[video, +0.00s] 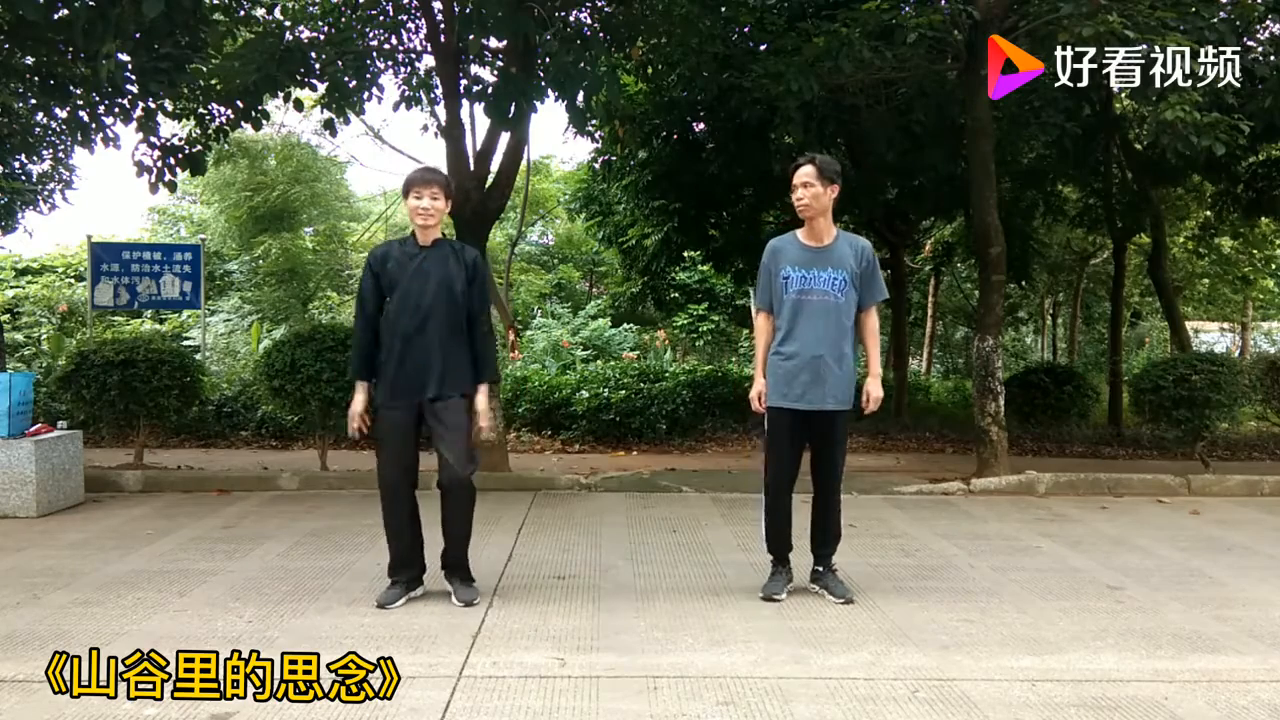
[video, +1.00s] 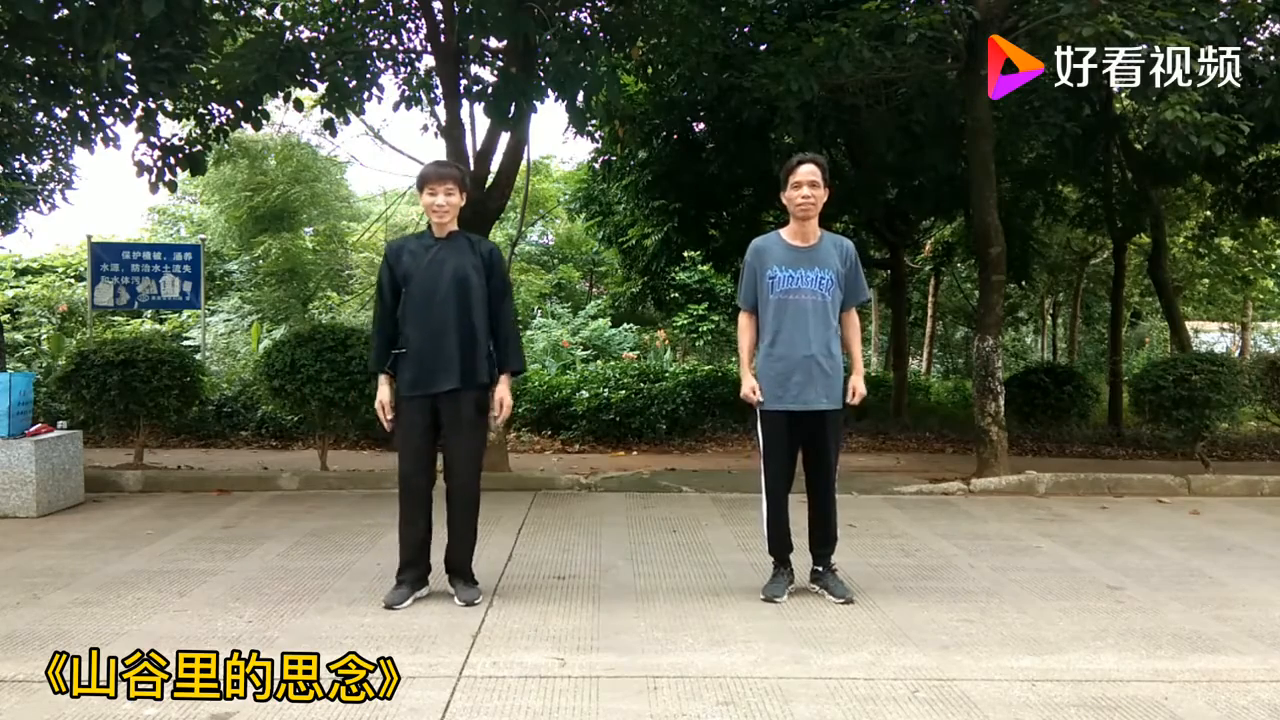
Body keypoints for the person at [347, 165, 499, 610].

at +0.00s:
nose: (426, 205)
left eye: (434, 198)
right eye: (417, 198)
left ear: (446, 205)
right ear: (405, 204)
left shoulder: (468, 260)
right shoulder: (382, 258)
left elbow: (481, 329)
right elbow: (365, 327)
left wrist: (483, 390)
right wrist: (360, 388)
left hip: (453, 389)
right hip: (393, 390)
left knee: (459, 475)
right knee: (394, 483)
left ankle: (458, 571)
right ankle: (405, 575)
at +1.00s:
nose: (439, 201)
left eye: (448, 193)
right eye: (431, 193)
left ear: (462, 197)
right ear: (420, 199)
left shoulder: (484, 251)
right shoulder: (399, 252)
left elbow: (504, 319)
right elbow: (386, 321)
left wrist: (505, 378)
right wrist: (383, 379)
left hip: (469, 384)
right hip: (412, 385)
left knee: (464, 484)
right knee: (413, 484)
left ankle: (462, 575)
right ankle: (411, 576)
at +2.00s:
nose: (447, 201)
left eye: (454, 194)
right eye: (438, 193)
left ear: (460, 200)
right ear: (418, 198)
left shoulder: (477, 253)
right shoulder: (393, 253)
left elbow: (491, 322)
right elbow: (383, 323)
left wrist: (485, 382)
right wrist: (385, 382)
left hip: (462, 384)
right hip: (408, 385)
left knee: (462, 482)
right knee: (411, 483)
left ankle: (462, 571)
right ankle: (413, 575)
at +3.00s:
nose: (437, 221)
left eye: (446, 214)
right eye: (429, 214)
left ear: (458, 220)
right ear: (418, 219)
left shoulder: (478, 271)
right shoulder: (401, 266)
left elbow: (498, 328)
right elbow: (374, 317)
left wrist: (502, 379)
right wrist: (409, 281)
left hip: (464, 384)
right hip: (417, 386)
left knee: (445, 470)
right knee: (431, 472)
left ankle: (436, 580)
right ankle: (455, 541)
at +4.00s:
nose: (432, 204)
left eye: (442, 196)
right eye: (426, 197)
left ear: (459, 202)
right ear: (418, 203)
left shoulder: (479, 254)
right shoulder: (401, 252)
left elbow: (515, 302)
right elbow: (378, 309)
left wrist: (539, 343)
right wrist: (404, 267)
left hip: (470, 356)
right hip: (422, 367)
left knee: (437, 388)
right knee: (440, 471)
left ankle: (462, 476)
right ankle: (458, 566)